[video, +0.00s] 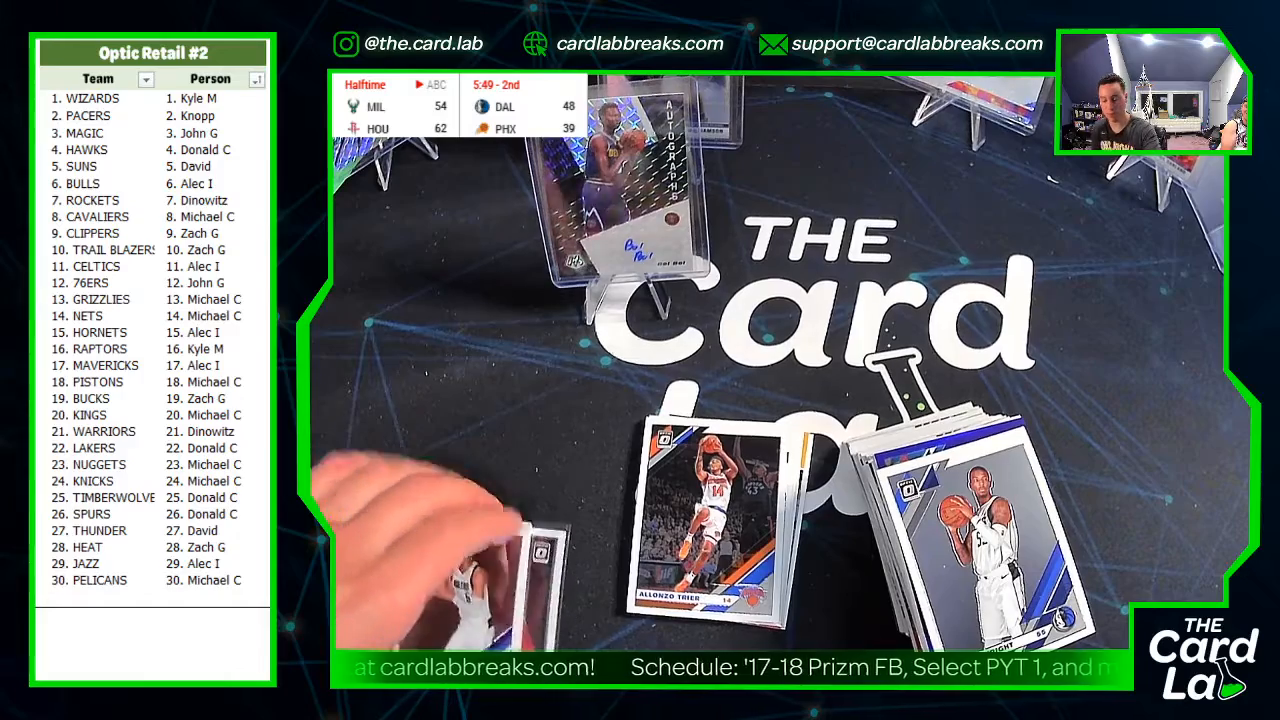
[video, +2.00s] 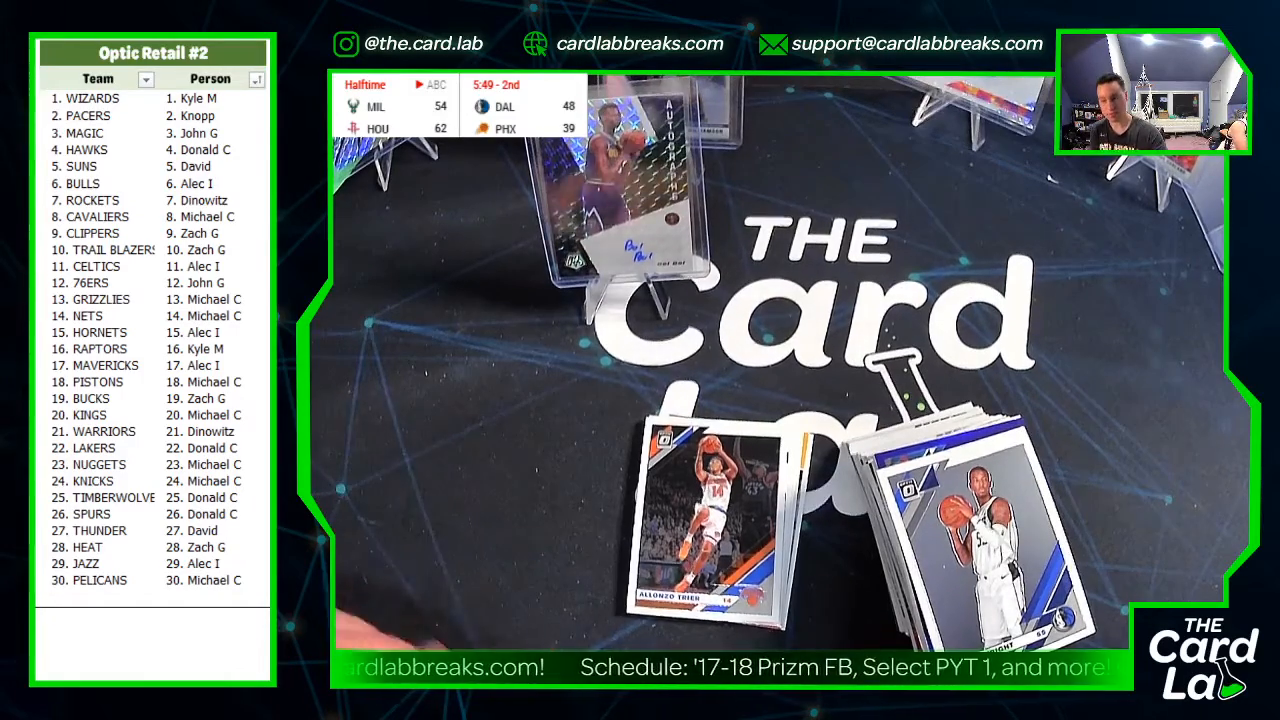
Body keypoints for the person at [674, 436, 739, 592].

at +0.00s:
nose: (714, 464)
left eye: (717, 462)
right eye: (712, 462)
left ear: (721, 465)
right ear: (709, 465)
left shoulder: (727, 476)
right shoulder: (706, 477)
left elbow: (734, 469)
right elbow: (699, 471)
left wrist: (722, 452)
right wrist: (700, 451)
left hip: (720, 513)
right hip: (706, 507)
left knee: (707, 550)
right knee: (704, 511)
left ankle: (688, 578)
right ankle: (688, 540)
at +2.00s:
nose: (715, 464)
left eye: (717, 463)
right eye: (712, 462)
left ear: (721, 466)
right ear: (709, 466)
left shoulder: (727, 476)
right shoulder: (705, 477)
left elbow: (734, 468)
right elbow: (698, 470)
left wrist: (721, 452)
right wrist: (700, 450)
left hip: (720, 512)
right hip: (706, 507)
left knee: (707, 551)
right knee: (704, 512)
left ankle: (688, 579)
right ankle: (688, 540)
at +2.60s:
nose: (714, 463)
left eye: (717, 462)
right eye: (712, 461)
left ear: (721, 466)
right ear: (709, 465)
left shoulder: (727, 476)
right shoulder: (705, 477)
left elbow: (734, 469)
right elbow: (698, 471)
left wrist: (721, 452)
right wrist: (700, 450)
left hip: (720, 512)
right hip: (705, 507)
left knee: (707, 550)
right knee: (705, 512)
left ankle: (688, 580)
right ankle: (688, 540)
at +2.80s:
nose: (714, 464)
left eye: (717, 462)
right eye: (712, 461)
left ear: (721, 466)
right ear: (709, 465)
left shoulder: (727, 476)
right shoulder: (705, 477)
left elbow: (734, 469)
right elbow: (698, 471)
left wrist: (721, 452)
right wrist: (700, 450)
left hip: (720, 513)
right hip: (705, 507)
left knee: (707, 550)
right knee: (705, 512)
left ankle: (688, 580)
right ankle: (688, 540)